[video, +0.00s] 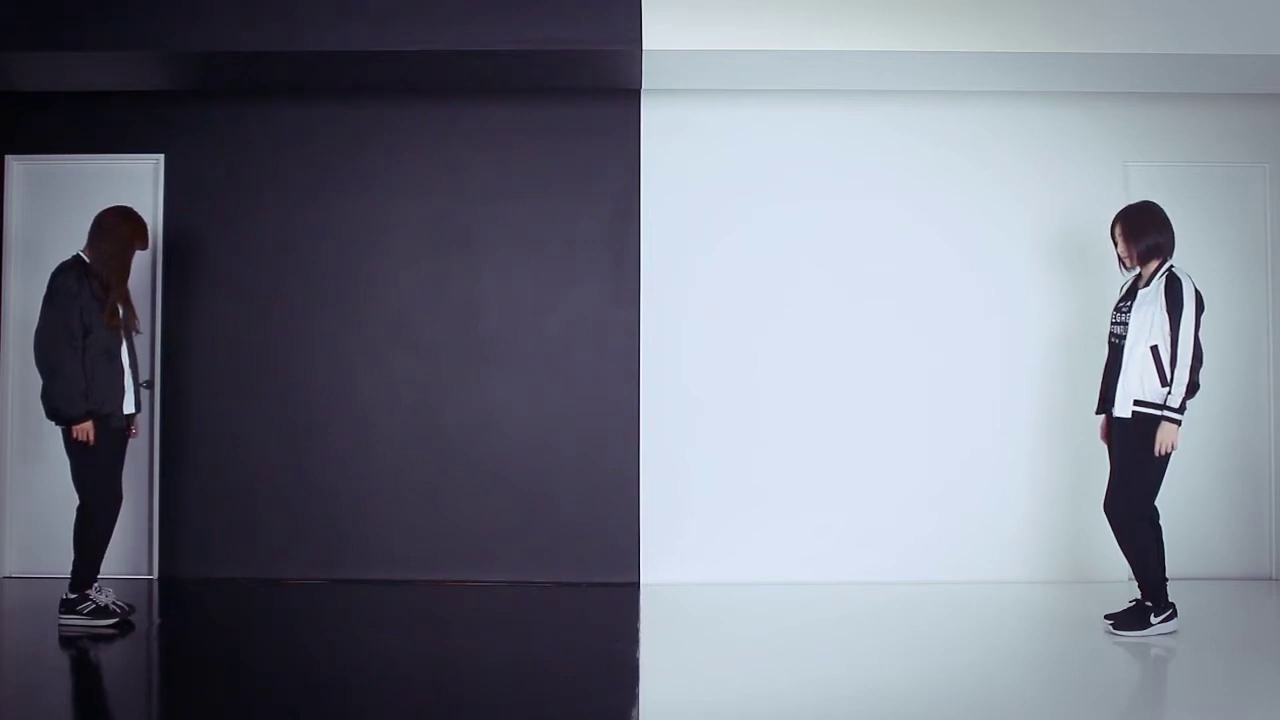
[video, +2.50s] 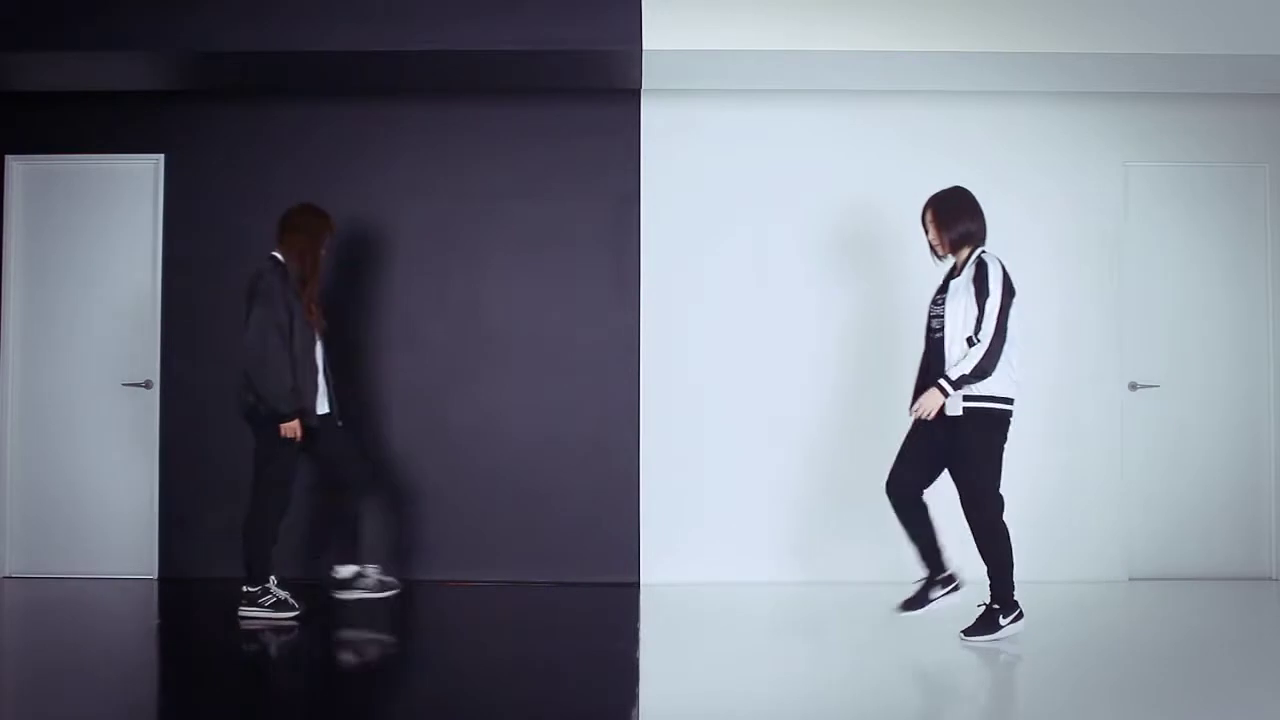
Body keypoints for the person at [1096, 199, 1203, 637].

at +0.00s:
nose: (1118, 249)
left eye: (1123, 240)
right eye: (1116, 242)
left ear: (1147, 237)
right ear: (1125, 242)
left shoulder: (1178, 284)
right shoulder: (1131, 288)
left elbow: (1188, 356)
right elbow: (1117, 354)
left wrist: (1172, 417)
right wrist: (1107, 410)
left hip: (1151, 418)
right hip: (1123, 416)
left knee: (1126, 506)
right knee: (1131, 507)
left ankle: (1157, 604)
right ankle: (1152, 600)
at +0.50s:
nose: (1119, 249)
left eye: (1123, 240)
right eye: (1116, 241)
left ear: (1147, 236)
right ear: (1125, 242)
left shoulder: (1179, 284)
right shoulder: (1131, 287)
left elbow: (1190, 356)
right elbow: (1117, 354)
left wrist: (1174, 417)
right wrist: (1107, 410)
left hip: (1152, 417)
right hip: (1123, 416)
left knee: (1128, 507)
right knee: (1127, 506)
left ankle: (1158, 604)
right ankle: (1151, 600)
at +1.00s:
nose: (1114, 249)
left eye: (1118, 240)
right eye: (1111, 242)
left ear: (1141, 236)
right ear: (1120, 242)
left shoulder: (1176, 285)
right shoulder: (1126, 288)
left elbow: (1188, 356)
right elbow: (1116, 355)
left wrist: (1175, 416)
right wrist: (1107, 410)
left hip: (1153, 417)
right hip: (1123, 416)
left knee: (1130, 505)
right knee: (1126, 506)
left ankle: (1158, 604)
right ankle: (1151, 600)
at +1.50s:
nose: (1089, 249)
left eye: (1093, 240)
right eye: (1086, 242)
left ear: (1117, 236)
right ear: (1092, 243)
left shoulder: (1156, 284)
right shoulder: (1100, 288)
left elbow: (1178, 351)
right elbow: (1099, 353)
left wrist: (1171, 414)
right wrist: (1087, 404)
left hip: (1139, 415)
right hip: (1109, 415)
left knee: (1082, 486)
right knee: (1131, 506)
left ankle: (1103, 584)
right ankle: (1156, 601)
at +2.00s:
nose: (1011, 249)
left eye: (1017, 240)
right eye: (1009, 241)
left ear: (1040, 239)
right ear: (1018, 244)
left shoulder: (1070, 288)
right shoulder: (1023, 288)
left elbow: (1086, 356)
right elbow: (1015, 355)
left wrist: (1081, 424)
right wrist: (1010, 412)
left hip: (1056, 421)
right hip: (1031, 420)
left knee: (1024, 510)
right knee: (1070, 507)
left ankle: (1011, 608)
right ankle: (1136, 583)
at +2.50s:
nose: (929, 239)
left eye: (933, 228)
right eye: (926, 230)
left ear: (957, 225)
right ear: (950, 230)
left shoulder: (989, 268)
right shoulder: (952, 277)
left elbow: (988, 345)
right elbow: (943, 347)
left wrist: (943, 389)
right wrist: (928, 395)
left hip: (982, 410)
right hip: (944, 407)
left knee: (981, 506)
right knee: (902, 487)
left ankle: (1005, 602)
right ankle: (938, 574)